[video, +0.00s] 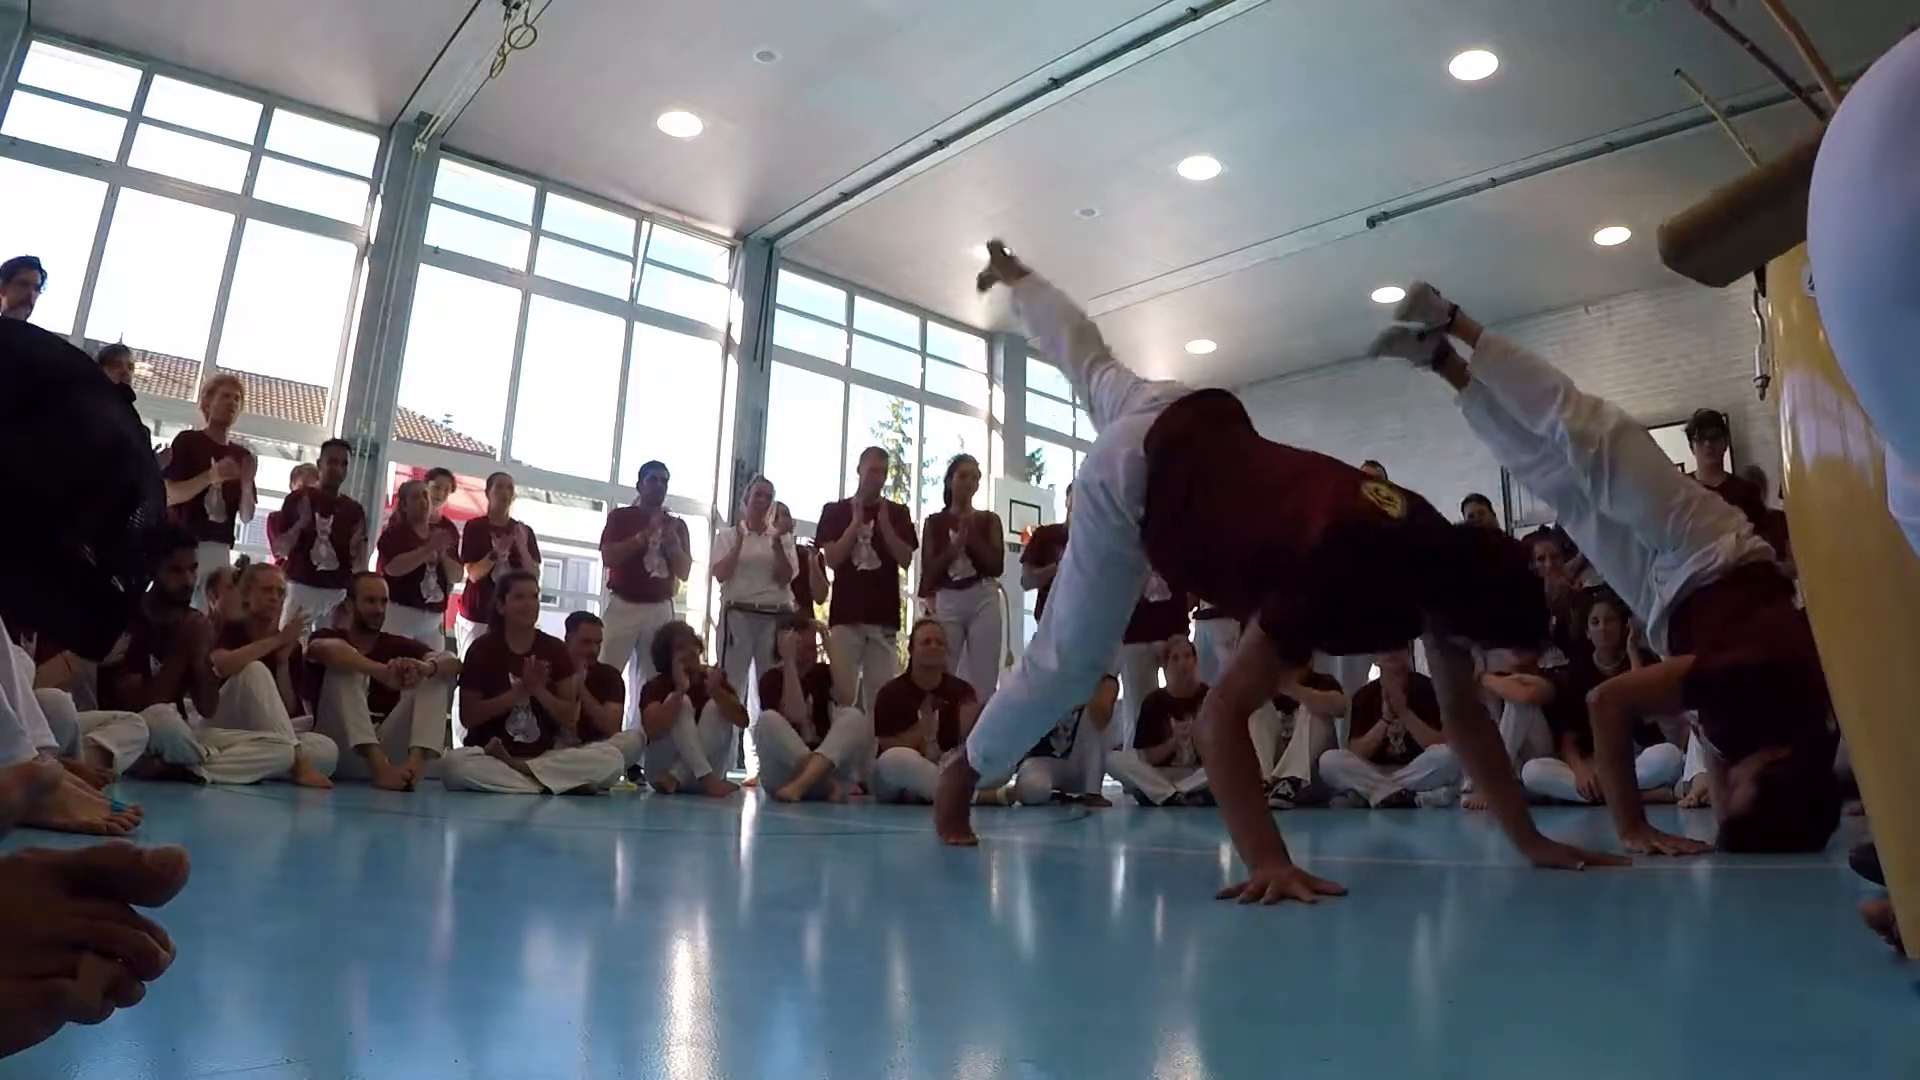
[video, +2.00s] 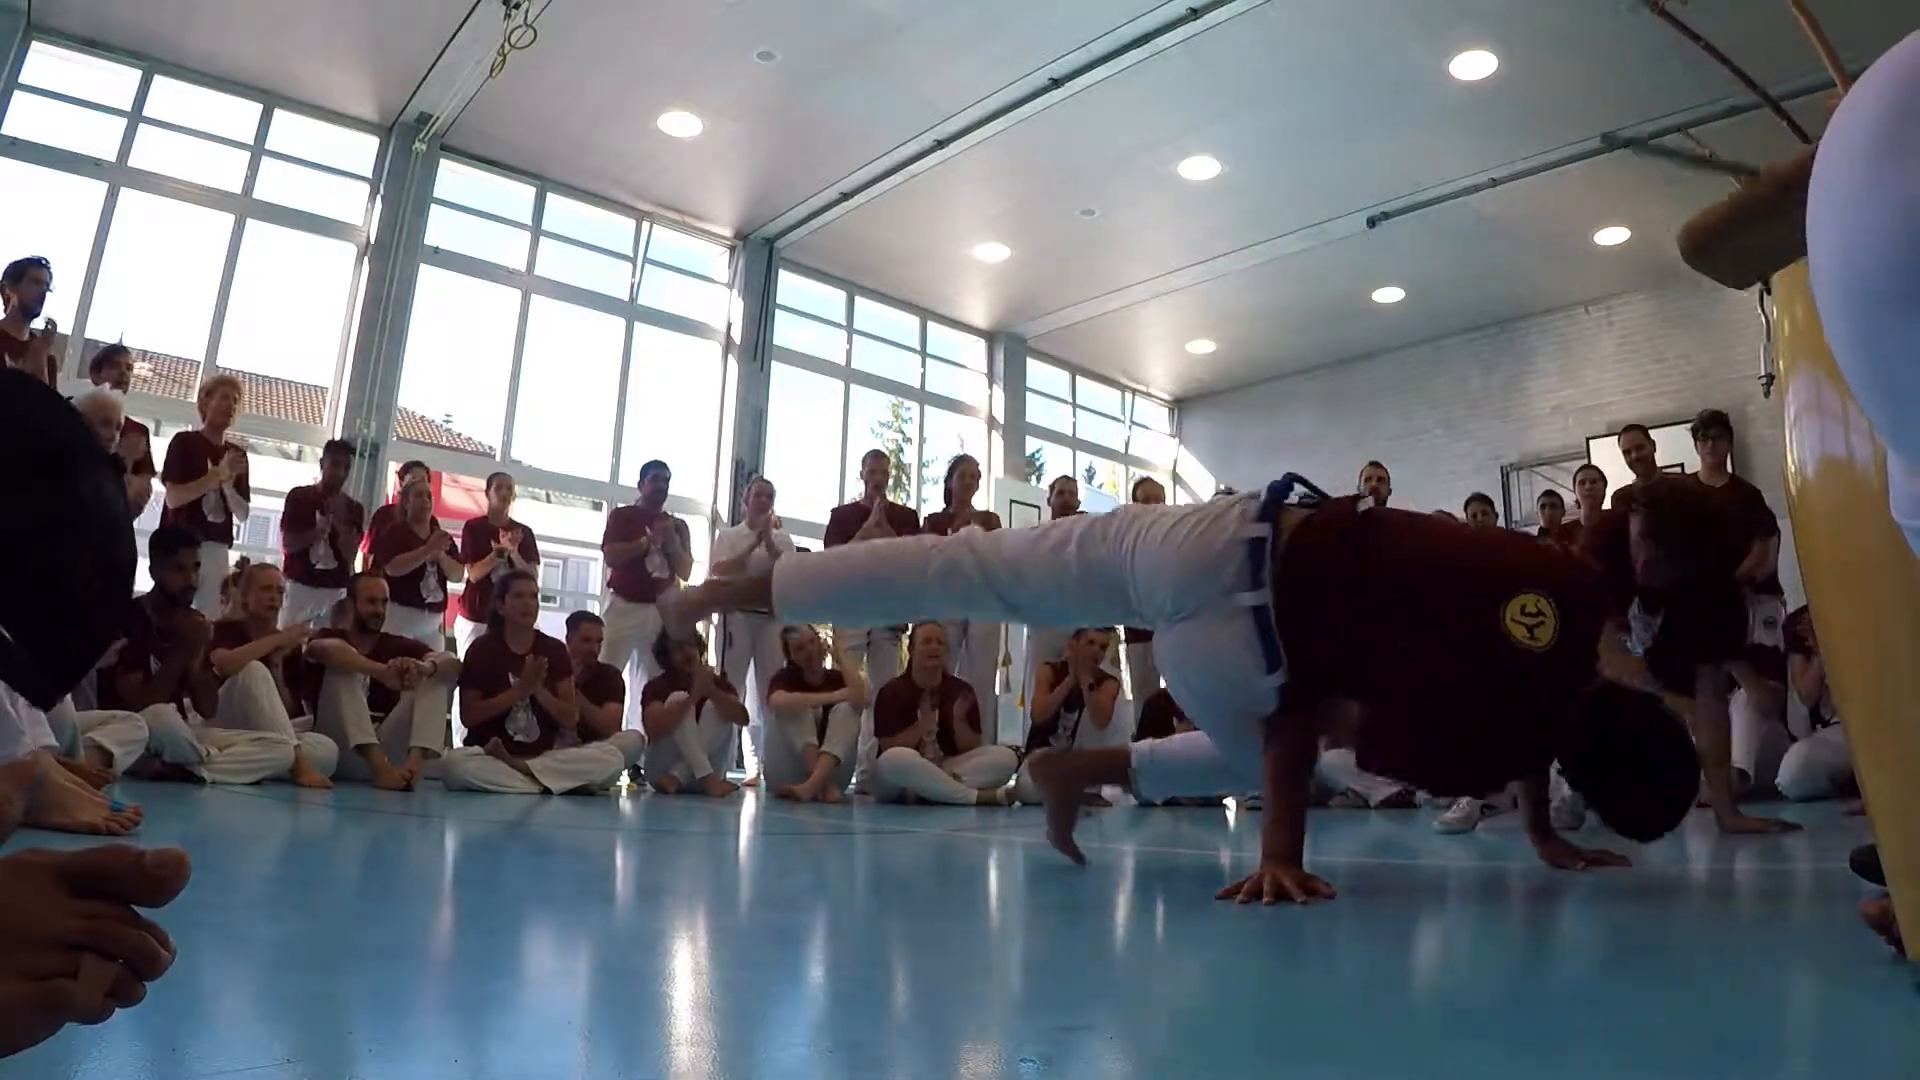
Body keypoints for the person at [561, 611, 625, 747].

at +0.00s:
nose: (593, 650)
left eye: (598, 643)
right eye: (586, 642)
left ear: (602, 643)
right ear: (568, 640)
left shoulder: (610, 675)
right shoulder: (551, 674)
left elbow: (611, 728)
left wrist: (581, 689)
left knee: (635, 738)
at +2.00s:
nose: (594, 648)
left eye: (599, 642)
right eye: (586, 641)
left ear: (602, 642)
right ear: (569, 640)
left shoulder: (610, 675)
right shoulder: (551, 672)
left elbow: (609, 729)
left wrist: (572, 691)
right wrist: (566, 681)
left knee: (634, 739)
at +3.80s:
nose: (591, 646)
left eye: (596, 639)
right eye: (583, 639)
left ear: (600, 640)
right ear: (565, 640)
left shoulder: (609, 675)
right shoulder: (550, 673)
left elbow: (610, 729)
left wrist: (578, 690)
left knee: (634, 738)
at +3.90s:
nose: (592, 646)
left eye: (596, 639)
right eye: (583, 639)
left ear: (600, 640)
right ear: (565, 640)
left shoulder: (610, 675)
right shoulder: (550, 672)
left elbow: (609, 729)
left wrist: (578, 701)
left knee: (634, 738)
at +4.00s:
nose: (592, 646)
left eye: (596, 639)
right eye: (583, 639)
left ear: (600, 640)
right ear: (566, 639)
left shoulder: (609, 675)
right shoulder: (551, 673)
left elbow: (610, 728)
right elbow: (570, 722)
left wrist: (579, 696)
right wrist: (549, 687)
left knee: (633, 738)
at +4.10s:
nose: (593, 647)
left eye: (596, 639)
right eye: (584, 640)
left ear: (600, 640)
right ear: (565, 641)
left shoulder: (610, 674)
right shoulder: (552, 674)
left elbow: (609, 728)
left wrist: (582, 696)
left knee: (634, 738)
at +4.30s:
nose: (592, 647)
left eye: (596, 640)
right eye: (584, 640)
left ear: (600, 640)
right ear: (565, 640)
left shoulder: (609, 675)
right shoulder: (549, 671)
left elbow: (609, 727)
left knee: (634, 739)